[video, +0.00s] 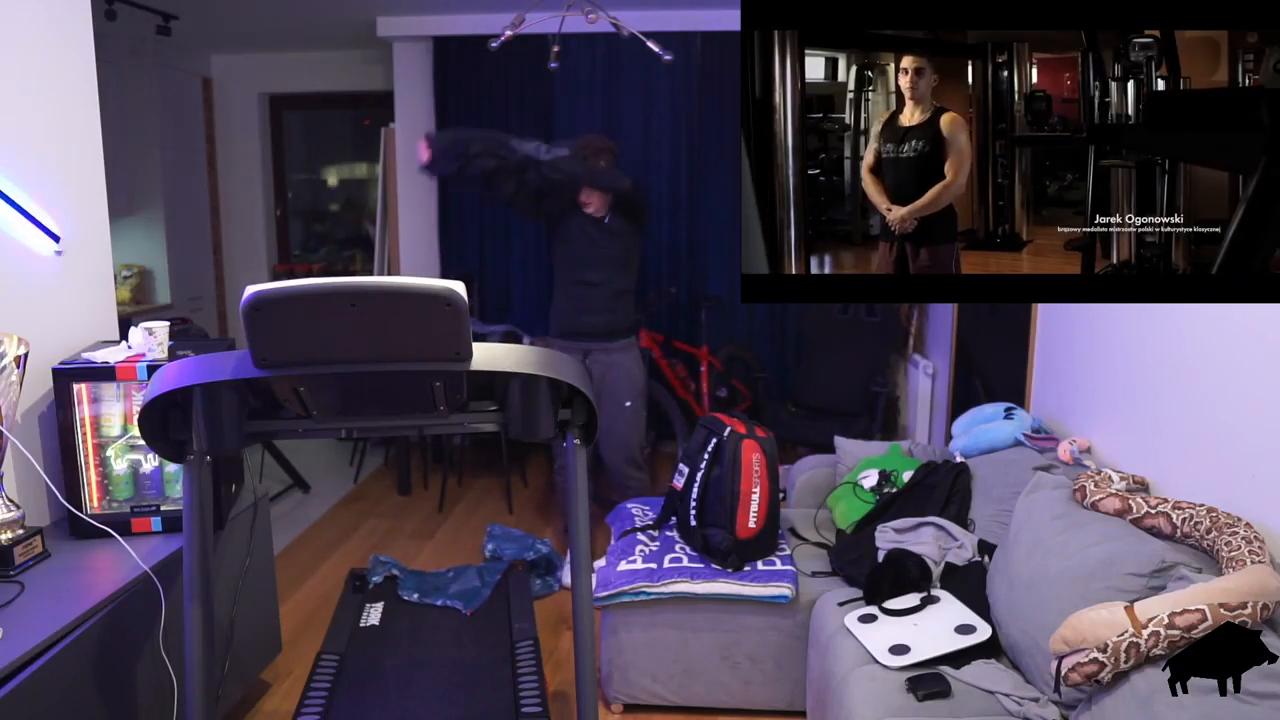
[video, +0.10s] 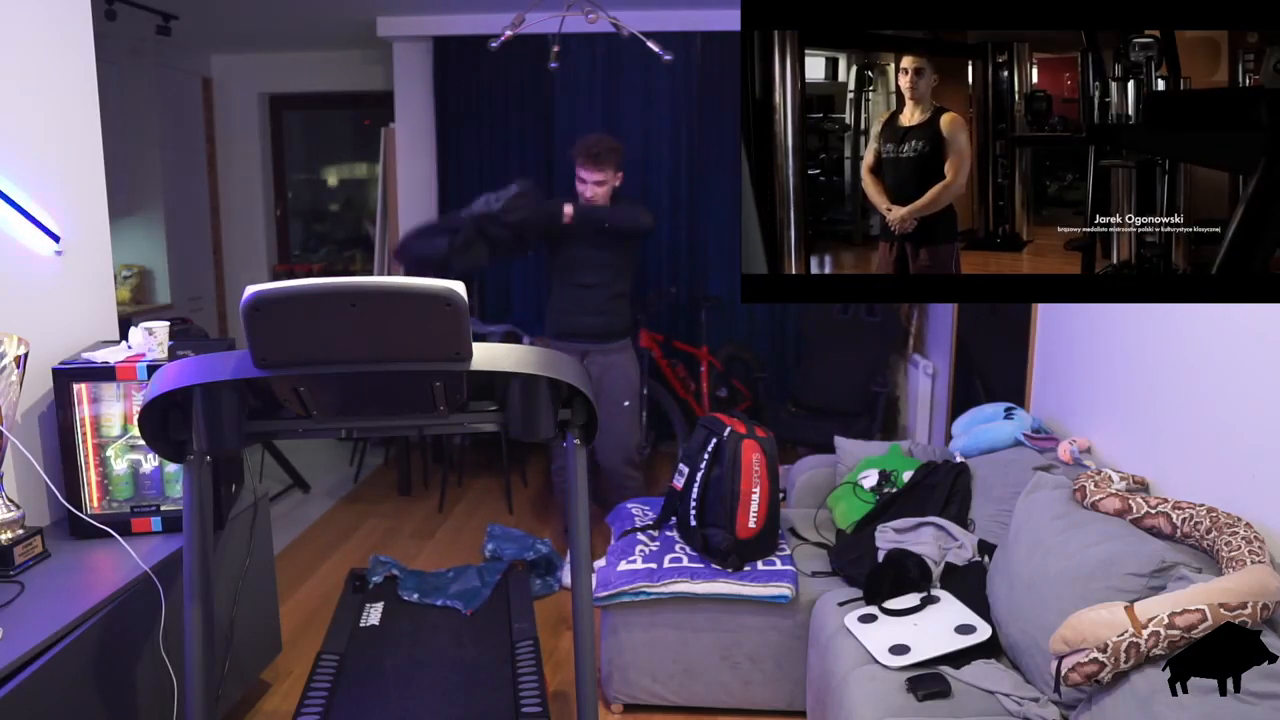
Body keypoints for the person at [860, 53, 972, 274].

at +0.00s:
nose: (910, 79)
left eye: (919, 72)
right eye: (905, 72)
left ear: (934, 80)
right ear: (898, 78)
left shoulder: (950, 123)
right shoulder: (884, 123)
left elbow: (956, 183)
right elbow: (867, 171)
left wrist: (908, 212)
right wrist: (891, 214)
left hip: (934, 240)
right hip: (891, 238)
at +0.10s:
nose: (910, 79)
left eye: (919, 72)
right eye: (905, 72)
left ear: (934, 80)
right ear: (898, 79)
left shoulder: (950, 123)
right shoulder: (884, 123)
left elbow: (956, 183)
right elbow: (867, 172)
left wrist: (908, 212)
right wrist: (891, 214)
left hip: (934, 239)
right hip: (891, 238)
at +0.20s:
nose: (910, 78)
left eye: (918, 72)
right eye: (904, 72)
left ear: (933, 79)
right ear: (898, 78)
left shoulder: (950, 123)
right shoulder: (884, 123)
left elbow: (955, 183)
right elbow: (866, 172)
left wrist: (907, 213)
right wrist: (891, 213)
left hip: (933, 240)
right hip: (890, 238)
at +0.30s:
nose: (910, 79)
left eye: (918, 72)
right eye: (904, 72)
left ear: (933, 80)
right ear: (898, 78)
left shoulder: (950, 123)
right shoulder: (884, 123)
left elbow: (956, 183)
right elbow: (866, 172)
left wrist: (907, 213)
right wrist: (891, 214)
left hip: (933, 240)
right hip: (890, 239)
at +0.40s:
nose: (909, 79)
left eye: (918, 72)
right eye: (904, 72)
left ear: (933, 80)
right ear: (898, 78)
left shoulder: (950, 123)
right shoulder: (884, 123)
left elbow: (956, 183)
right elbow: (866, 172)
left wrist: (906, 213)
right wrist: (891, 214)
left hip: (933, 240)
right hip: (890, 239)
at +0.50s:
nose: (909, 79)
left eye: (918, 72)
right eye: (904, 72)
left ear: (933, 80)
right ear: (898, 78)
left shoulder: (950, 123)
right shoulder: (884, 123)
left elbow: (955, 183)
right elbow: (866, 172)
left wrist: (907, 213)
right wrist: (891, 214)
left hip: (933, 240)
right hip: (890, 239)